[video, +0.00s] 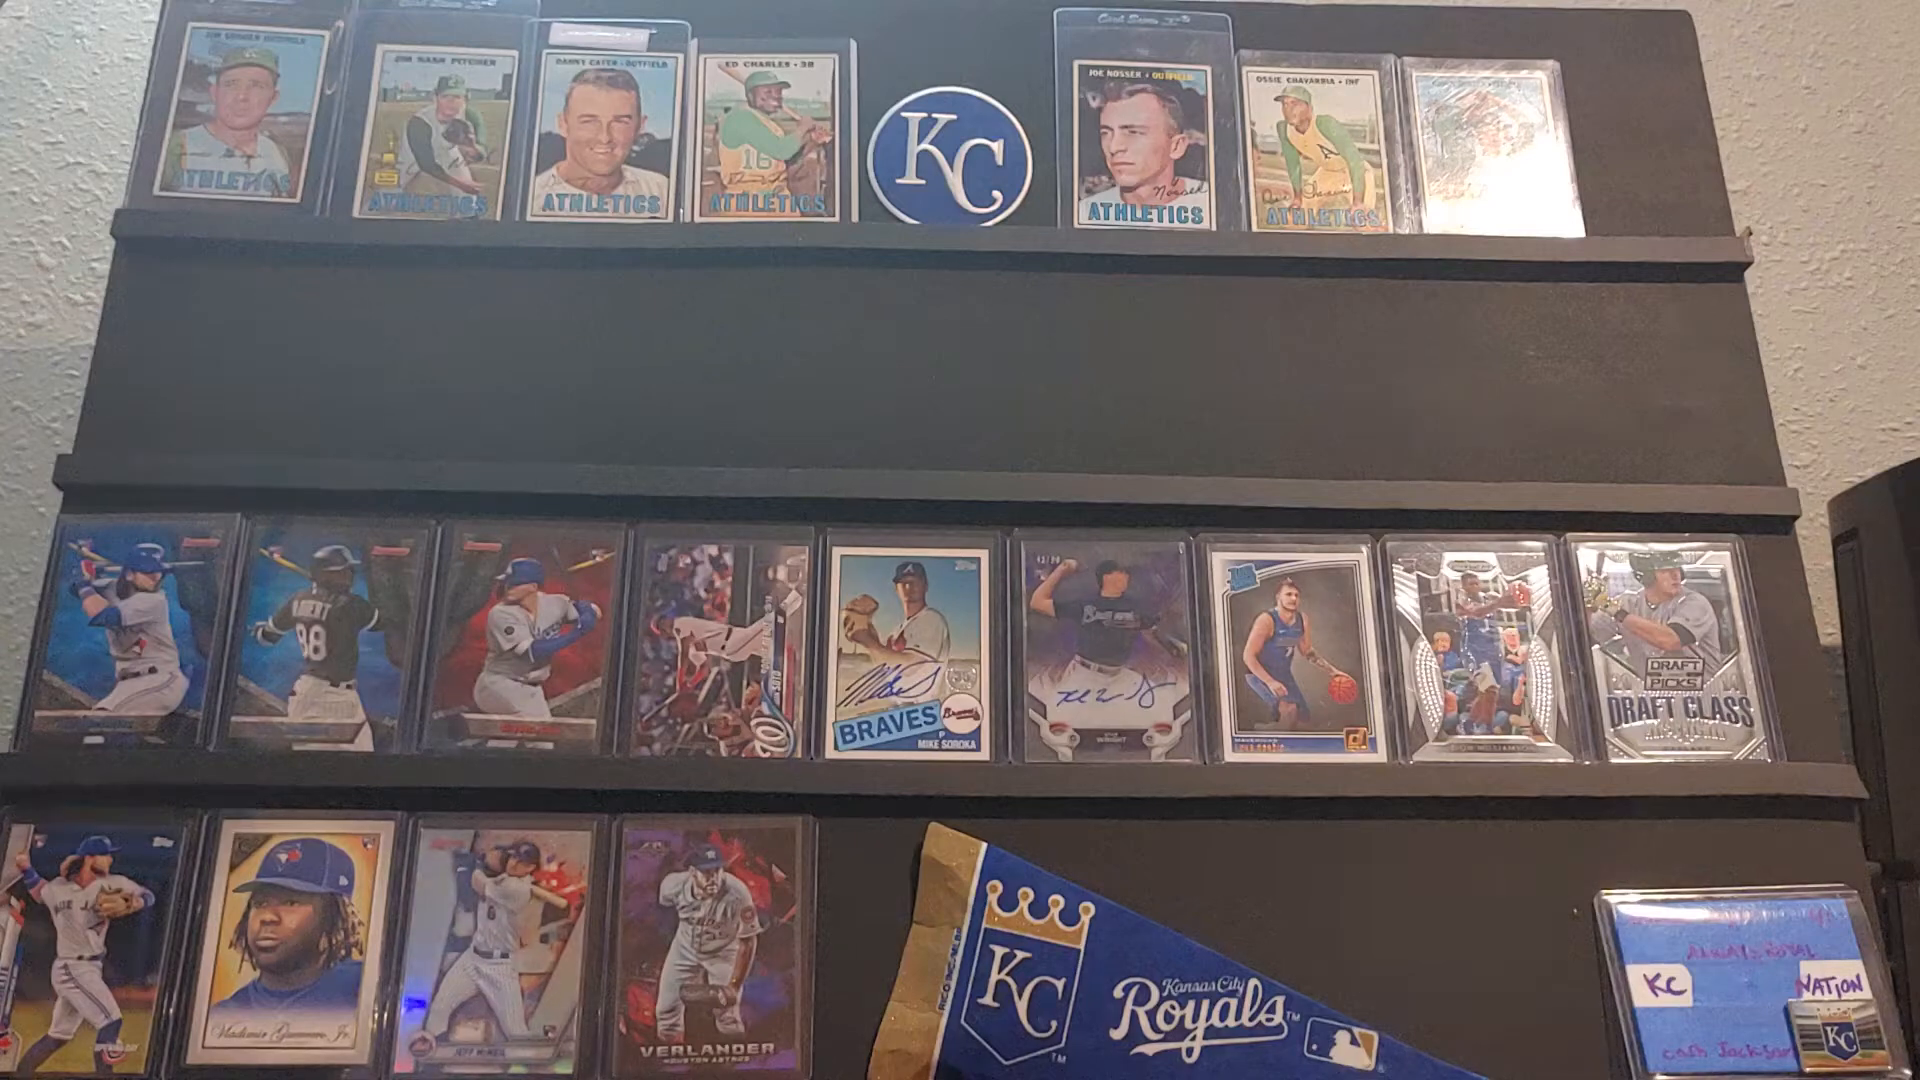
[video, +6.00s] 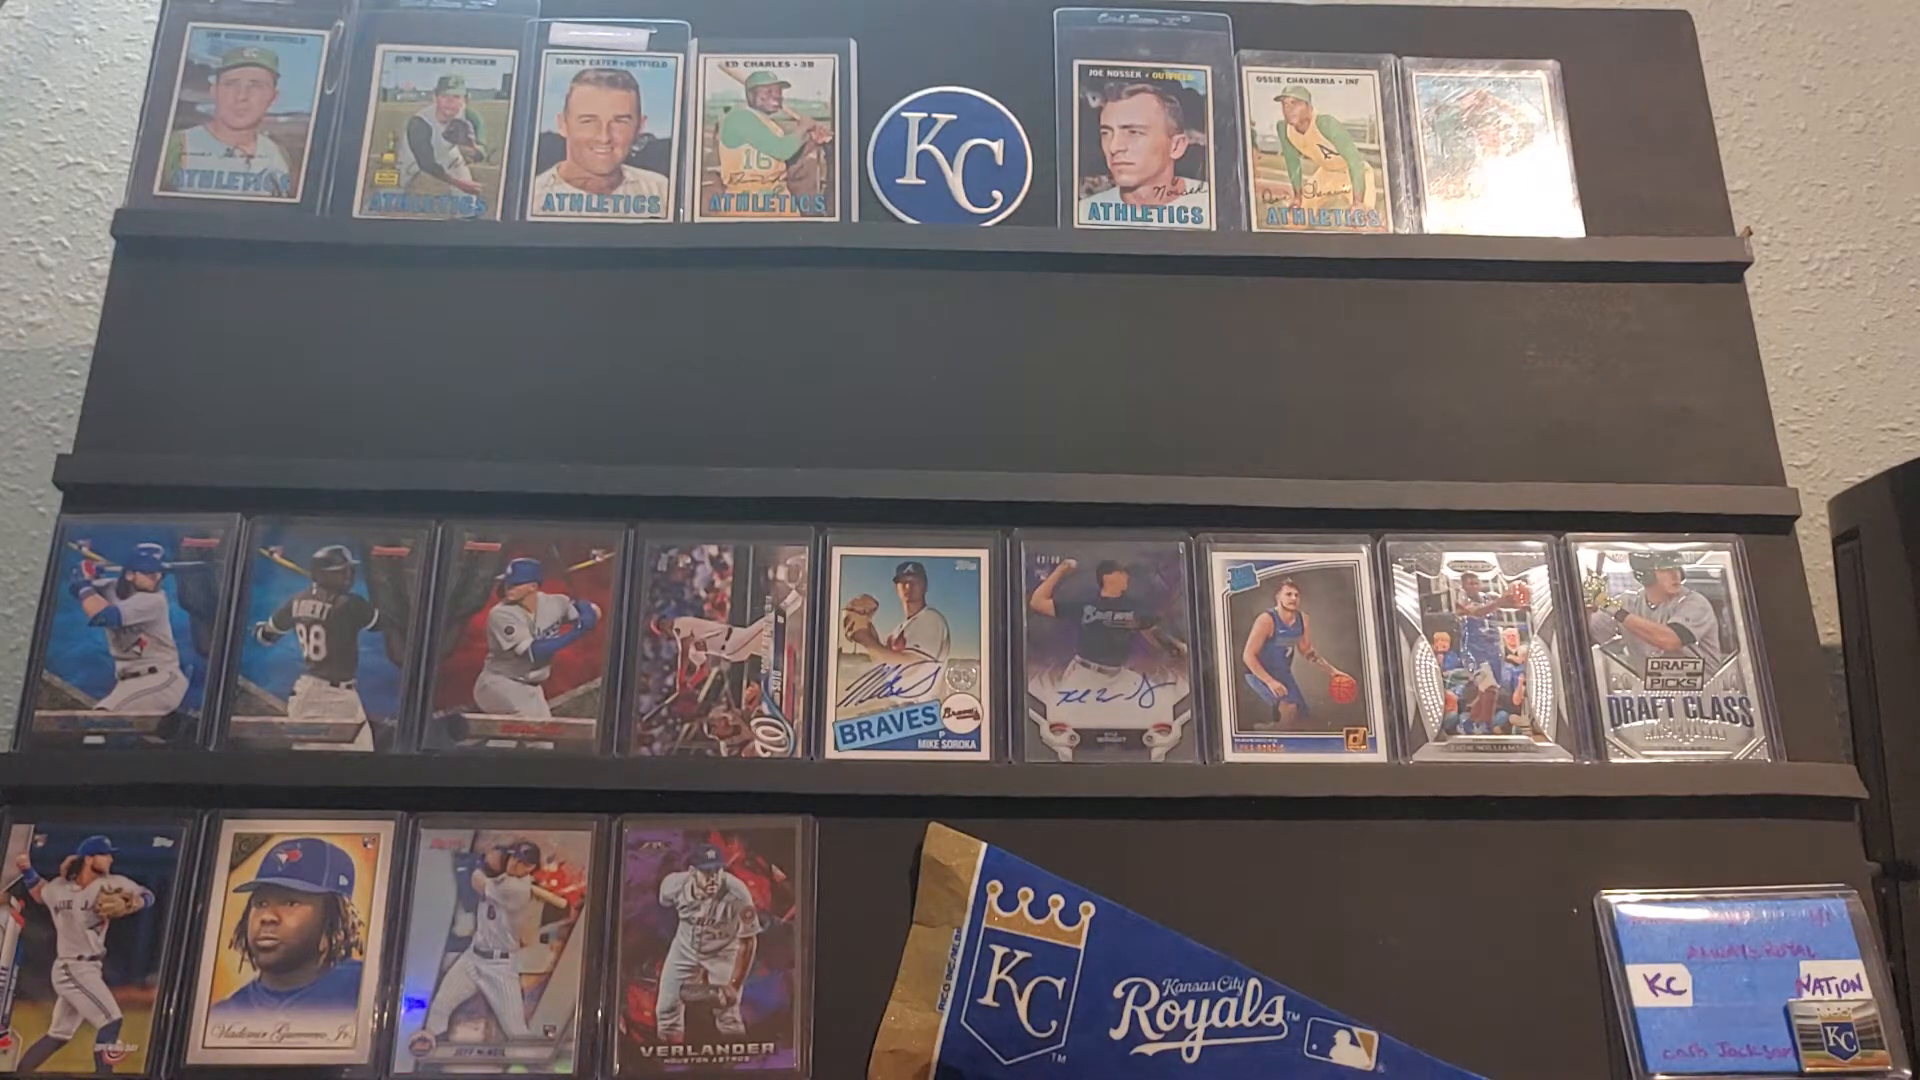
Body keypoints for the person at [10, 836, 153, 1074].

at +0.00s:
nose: (110, 859)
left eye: (110, 855)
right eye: (105, 855)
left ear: (98, 860)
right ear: (89, 859)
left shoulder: (112, 884)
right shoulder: (58, 888)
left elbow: (149, 896)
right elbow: (40, 890)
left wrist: (133, 904)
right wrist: (26, 869)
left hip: (90, 969)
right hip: (70, 969)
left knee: (59, 1035)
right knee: (111, 1020)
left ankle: (21, 1072)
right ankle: (105, 1073)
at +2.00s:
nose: (110, 860)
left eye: (110, 855)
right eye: (105, 855)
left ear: (98, 861)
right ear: (89, 859)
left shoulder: (111, 884)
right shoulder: (58, 888)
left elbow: (148, 896)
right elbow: (39, 892)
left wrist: (133, 904)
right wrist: (27, 870)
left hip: (90, 968)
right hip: (70, 969)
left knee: (58, 1036)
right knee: (111, 1019)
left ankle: (20, 1073)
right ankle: (104, 1074)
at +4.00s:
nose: (110, 859)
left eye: (110, 855)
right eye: (105, 855)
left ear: (97, 861)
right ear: (90, 859)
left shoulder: (111, 884)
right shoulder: (58, 889)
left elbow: (148, 896)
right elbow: (39, 890)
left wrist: (130, 905)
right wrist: (26, 869)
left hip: (91, 969)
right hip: (71, 969)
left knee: (58, 1036)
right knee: (111, 1019)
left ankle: (19, 1073)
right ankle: (104, 1073)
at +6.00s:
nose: (110, 859)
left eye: (110, 855)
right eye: (105, 855)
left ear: (96, 861)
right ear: (89, 859)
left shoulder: (111, 884)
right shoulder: (58, 888)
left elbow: (149, 896)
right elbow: (39, 892)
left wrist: (131, 904)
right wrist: (27, 869)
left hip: (90, 969)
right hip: (71, 969)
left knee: (58, 1035)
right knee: (111, 1020)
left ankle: (19, 1073)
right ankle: (104, 1074)